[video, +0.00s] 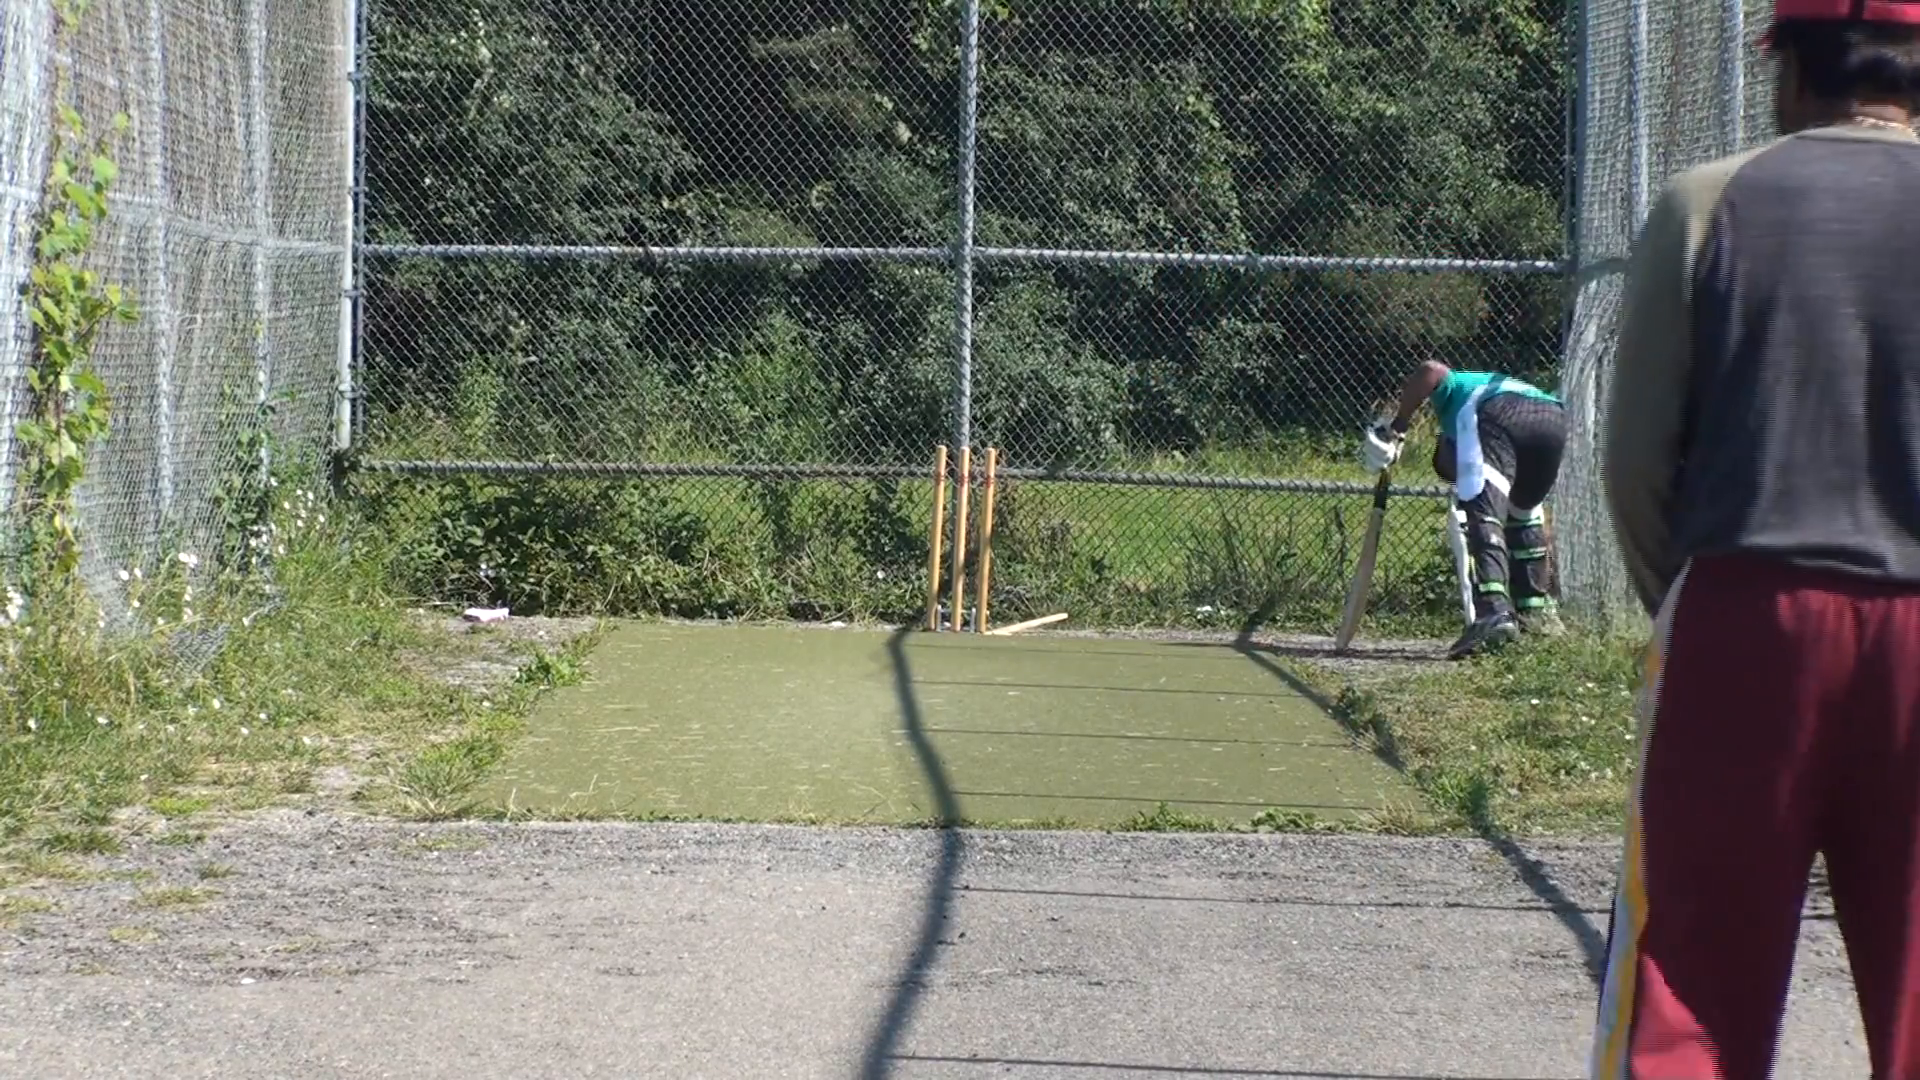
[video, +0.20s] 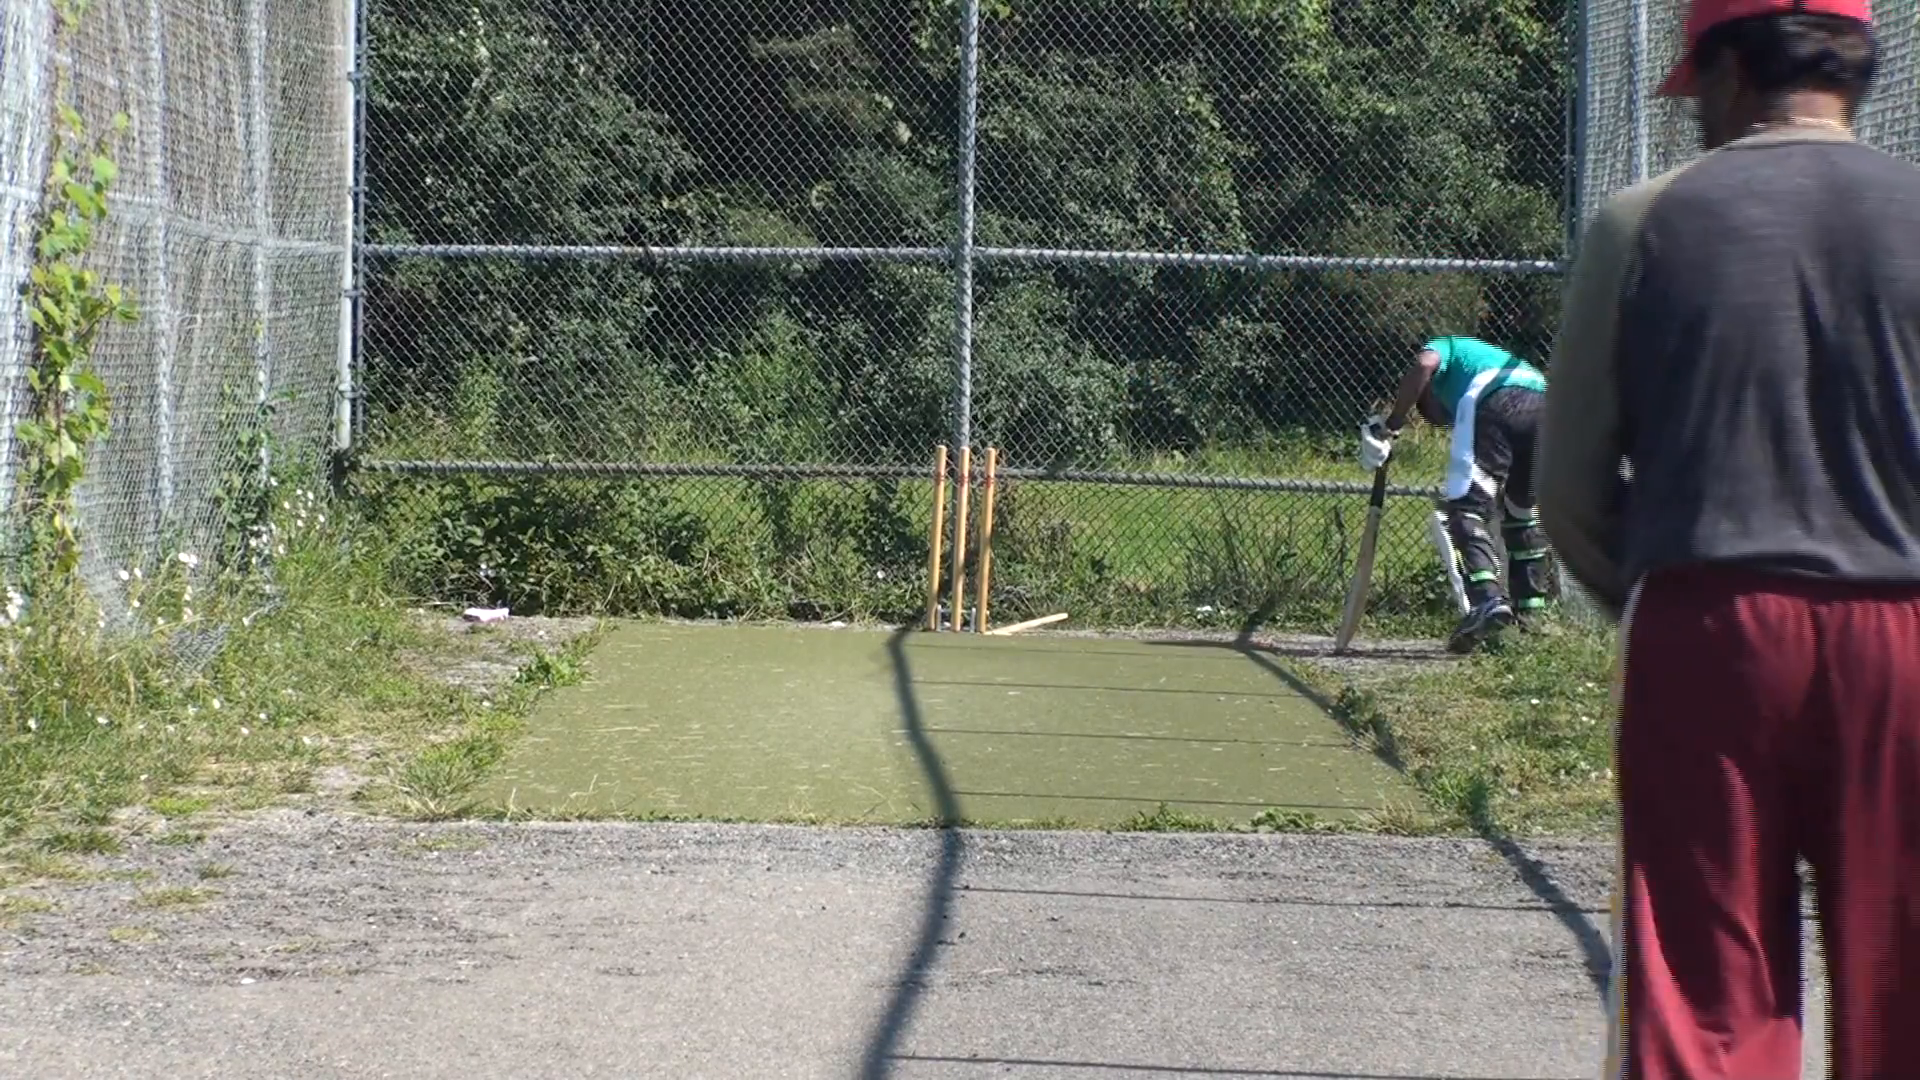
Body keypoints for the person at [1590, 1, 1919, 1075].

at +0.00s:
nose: (1769, 81)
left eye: (1773, 61)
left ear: (1787, 67)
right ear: (1912, 77)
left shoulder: (1706, 201)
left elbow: (1636, 459)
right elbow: (1640, 461)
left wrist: (1698, 615)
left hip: (1749, 634)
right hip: (1910, 646)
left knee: (1697, 995)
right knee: (1913, 1001)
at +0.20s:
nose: (1695, 108)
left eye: (1699, 86)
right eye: (1698, 88)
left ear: (1727, 75)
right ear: (1855, 76)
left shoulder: (1640, 219)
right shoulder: (1909, 199)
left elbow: (1568, 482)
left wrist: (1662, 593)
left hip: (1710, 645)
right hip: (1896, 653)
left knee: (1708, 999)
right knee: (1895, 1003)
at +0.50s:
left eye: (1659, 61)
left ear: (1667, 72)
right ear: (1817, 68)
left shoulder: (1593, 218)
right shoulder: (1899, 199)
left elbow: (1500, 482)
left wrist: (1583, 658)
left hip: (1685, 637)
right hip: (1887, 637)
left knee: (1674, 994)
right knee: (1883, 990)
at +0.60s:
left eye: (1672, 52)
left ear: (1680, 68)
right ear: (1829, 67)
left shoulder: (1603, 212)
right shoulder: (1902, 196)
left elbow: (1508, 478)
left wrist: (1573, 659)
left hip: (1687, 642)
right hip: (1888, 644)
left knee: (1675, 1002)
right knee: (1876, 1000)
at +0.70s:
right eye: (1834, 33)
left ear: (1696, 57)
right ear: (1844, 61)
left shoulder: (1616, 206)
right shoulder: (1905, 197)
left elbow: (1529, 472)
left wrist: (1589, 646)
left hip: (1691, 630)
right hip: (1890, 635)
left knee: (1676, 983)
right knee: (1877, 988)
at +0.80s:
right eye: (1849, 38)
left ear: (1710, 57)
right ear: (1859, 66)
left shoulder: (1628, 203)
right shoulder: (1907, 196)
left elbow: (1547, 472)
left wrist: (1619, 635)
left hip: (1700, 629)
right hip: (1893, 632)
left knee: (1682, 982)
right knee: (1877, 985)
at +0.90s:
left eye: (1724, 43)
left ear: (1727, 62)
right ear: (1871, 69)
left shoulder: (1641, 203)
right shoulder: (1908, 194)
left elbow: (1570, 459)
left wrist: (1634, 615)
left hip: (1712, 628)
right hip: (1897, 632)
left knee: (1688, 970)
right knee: (1883, 976)